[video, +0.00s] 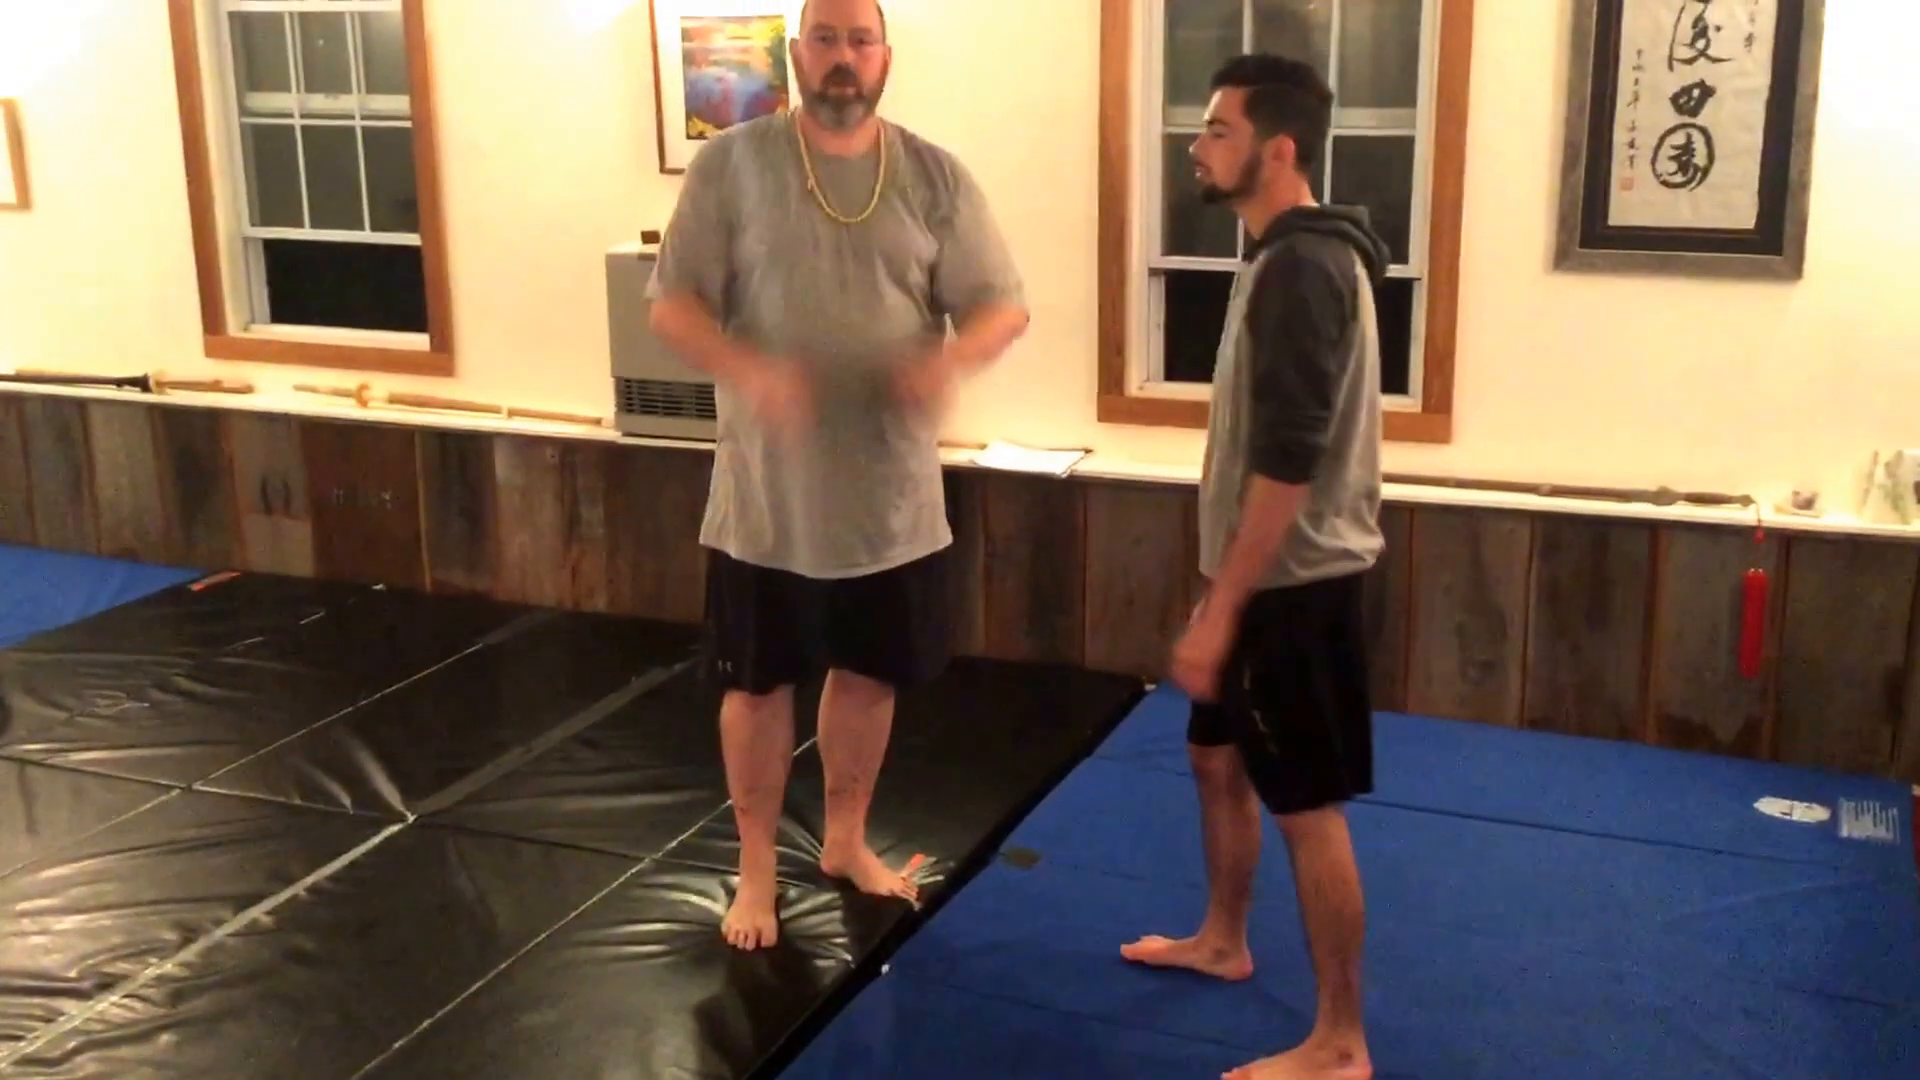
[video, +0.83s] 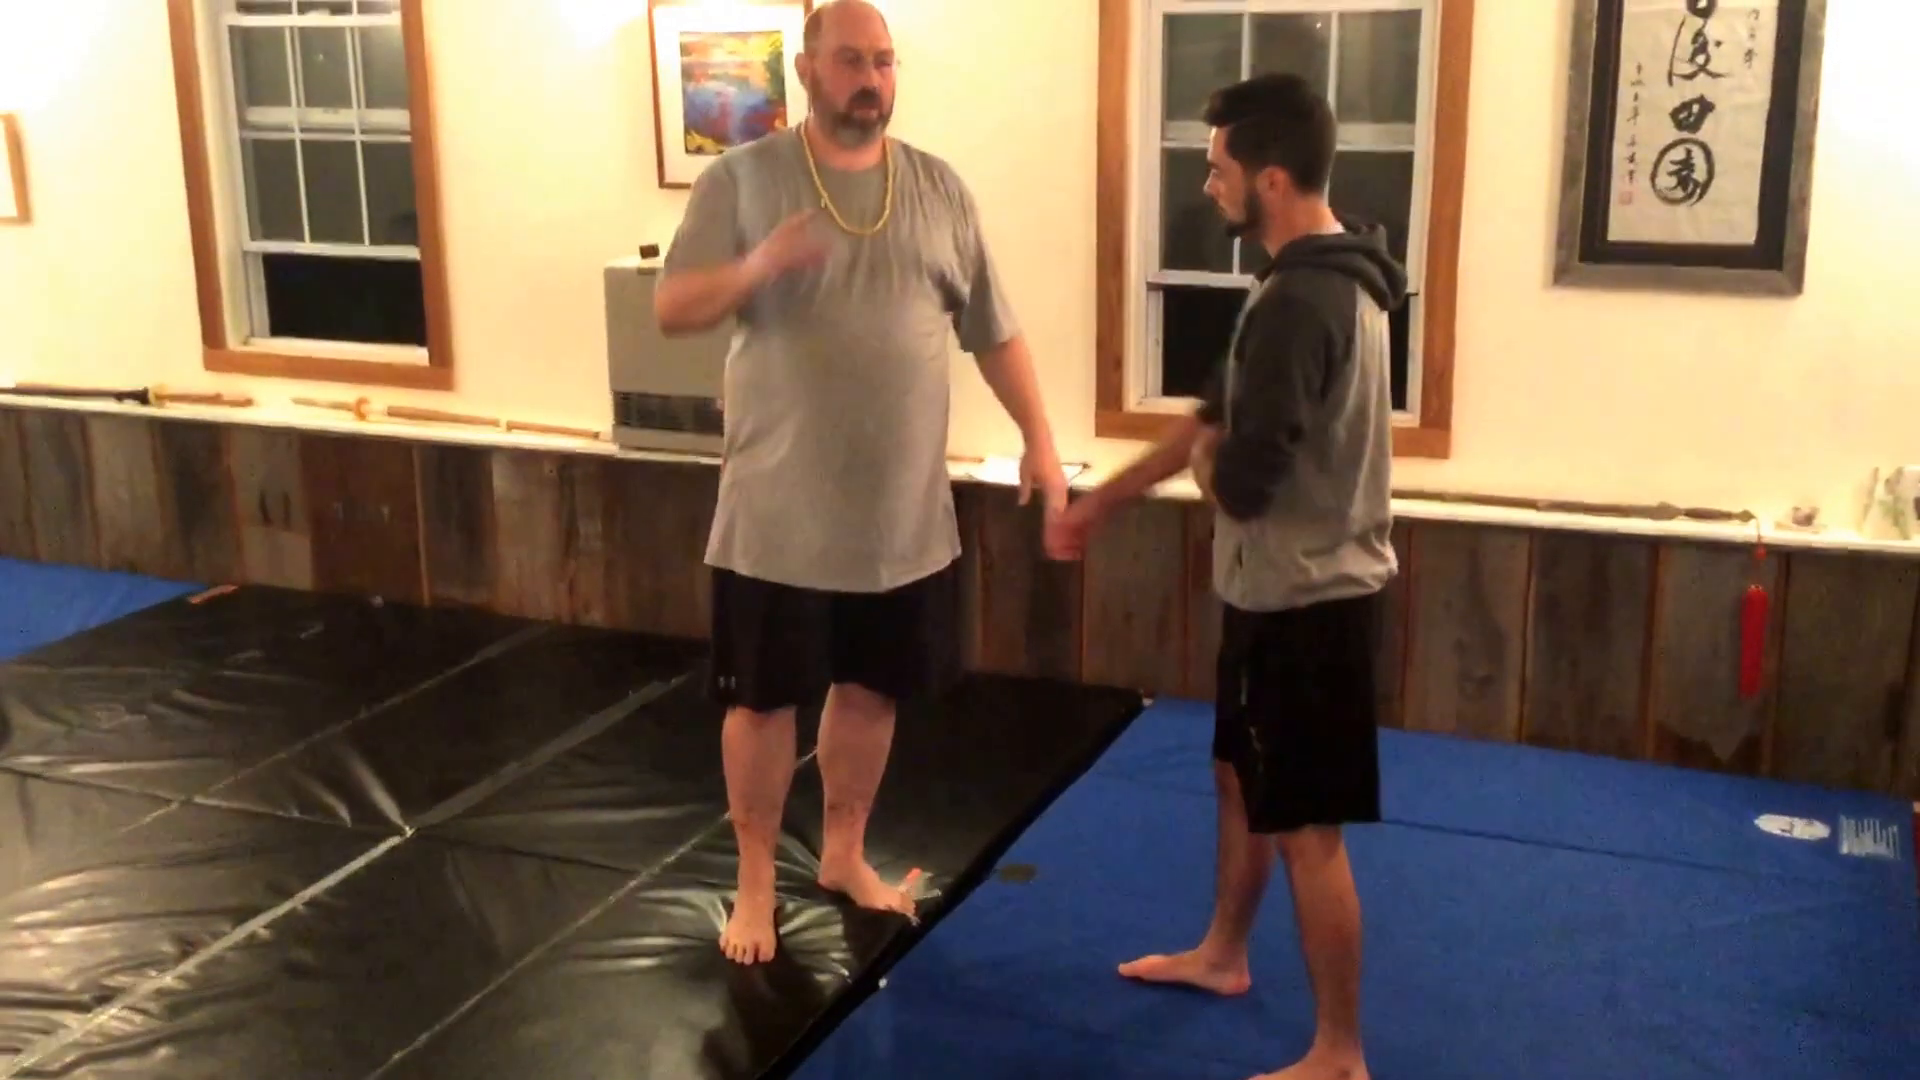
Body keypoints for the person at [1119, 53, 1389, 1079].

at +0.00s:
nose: (1199, 144)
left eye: (1219, 130)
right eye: (1205, 127)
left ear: (1276, 147)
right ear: (1273, 149)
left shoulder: (1304, 262)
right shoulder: (1288, 249)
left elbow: (1290, 466)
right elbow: (1279, 446)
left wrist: (1220, 607)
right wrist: (1227, 571)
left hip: (1298, 579)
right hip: (1257, 569)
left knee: (1306, 809)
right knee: (1217, 753)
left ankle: (1339, 1040)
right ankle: (1223, 938)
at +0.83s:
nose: (1209, 188)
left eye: (1217, 168)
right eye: (1209, 167)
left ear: (1265, 174)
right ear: (1296, 171)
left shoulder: (1297, 298)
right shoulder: (1342, 275)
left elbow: (1245, 490)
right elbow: (1209, 423)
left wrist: (1207, 444)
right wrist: (1101, 498)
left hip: (1303, 599)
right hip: (1285, 587)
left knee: (1309, 837)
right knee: (1242, 771)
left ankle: (1339, 1049)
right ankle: (1222, 954)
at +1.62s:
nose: (1210, 197)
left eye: (1229, 173)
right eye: (1193, 179)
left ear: (1278, 163)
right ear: (1179, 184)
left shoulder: (1338, 266)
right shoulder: (1182, 286)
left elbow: (1325, 452)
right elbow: (1149, 461)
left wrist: (1181, 401)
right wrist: (1125, 410)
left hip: (1318, 585)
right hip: (1217, 579)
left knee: (1291, 826)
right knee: (1218, 791)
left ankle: (1322, 1043)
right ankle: (1231, 966)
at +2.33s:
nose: (1231, 214)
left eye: (1250, 189)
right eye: (1210, 193)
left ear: (1291, 180)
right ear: (1188, 190)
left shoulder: (1355, 285)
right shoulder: (1175, 288)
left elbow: (1390, 459)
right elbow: (1118, 456)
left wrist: (1262, 435)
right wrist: (1180, 434)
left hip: (1313, 595)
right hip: (1204, 589)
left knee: (1295, 819)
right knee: (1212, 797)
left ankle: (1299, 1033)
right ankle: (1230, 964)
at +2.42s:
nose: (1229, 215)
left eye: (1248, 190)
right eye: (1208, 194)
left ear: (1289, 180)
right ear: (1186, 192)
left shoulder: (1355, 291)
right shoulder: (1174, 294)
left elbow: (1392, 464)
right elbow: (1143, 439)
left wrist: (1308, 527)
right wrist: (1135, 531)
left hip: (1317, 601)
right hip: (1206, 595)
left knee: (1297, 819)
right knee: (1213, 794)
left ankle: (1299, 1034)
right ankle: (1230, 963)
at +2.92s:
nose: (1166, 208)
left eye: (1180, 190)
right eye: (1167, 188)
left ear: (1240, 194)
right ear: (1230, 194)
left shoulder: (1338, 310)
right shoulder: (1208, 296)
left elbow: (1393, 510)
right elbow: (1203, 455)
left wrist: (1364, 677)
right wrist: (1172, 578)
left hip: (1307, 625)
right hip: (1213, 610)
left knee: (1308, 833)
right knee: (1206, 783)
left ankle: (1301, 1035)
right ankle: (1227, 956)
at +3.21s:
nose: (1157, 185)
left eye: (1166, 168)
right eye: (1159, 166)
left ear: (1214, 177)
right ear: (1233, 174)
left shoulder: (1296, 295)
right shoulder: (1231, 278)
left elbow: (1287, 505)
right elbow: (1221, 456)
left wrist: (1207, 660)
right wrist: (1181, 566)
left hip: (1294, 607)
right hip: (1224, 592)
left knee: (1289, 826)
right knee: (1183, 754)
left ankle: (1295, 1031)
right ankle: (1207, 948)